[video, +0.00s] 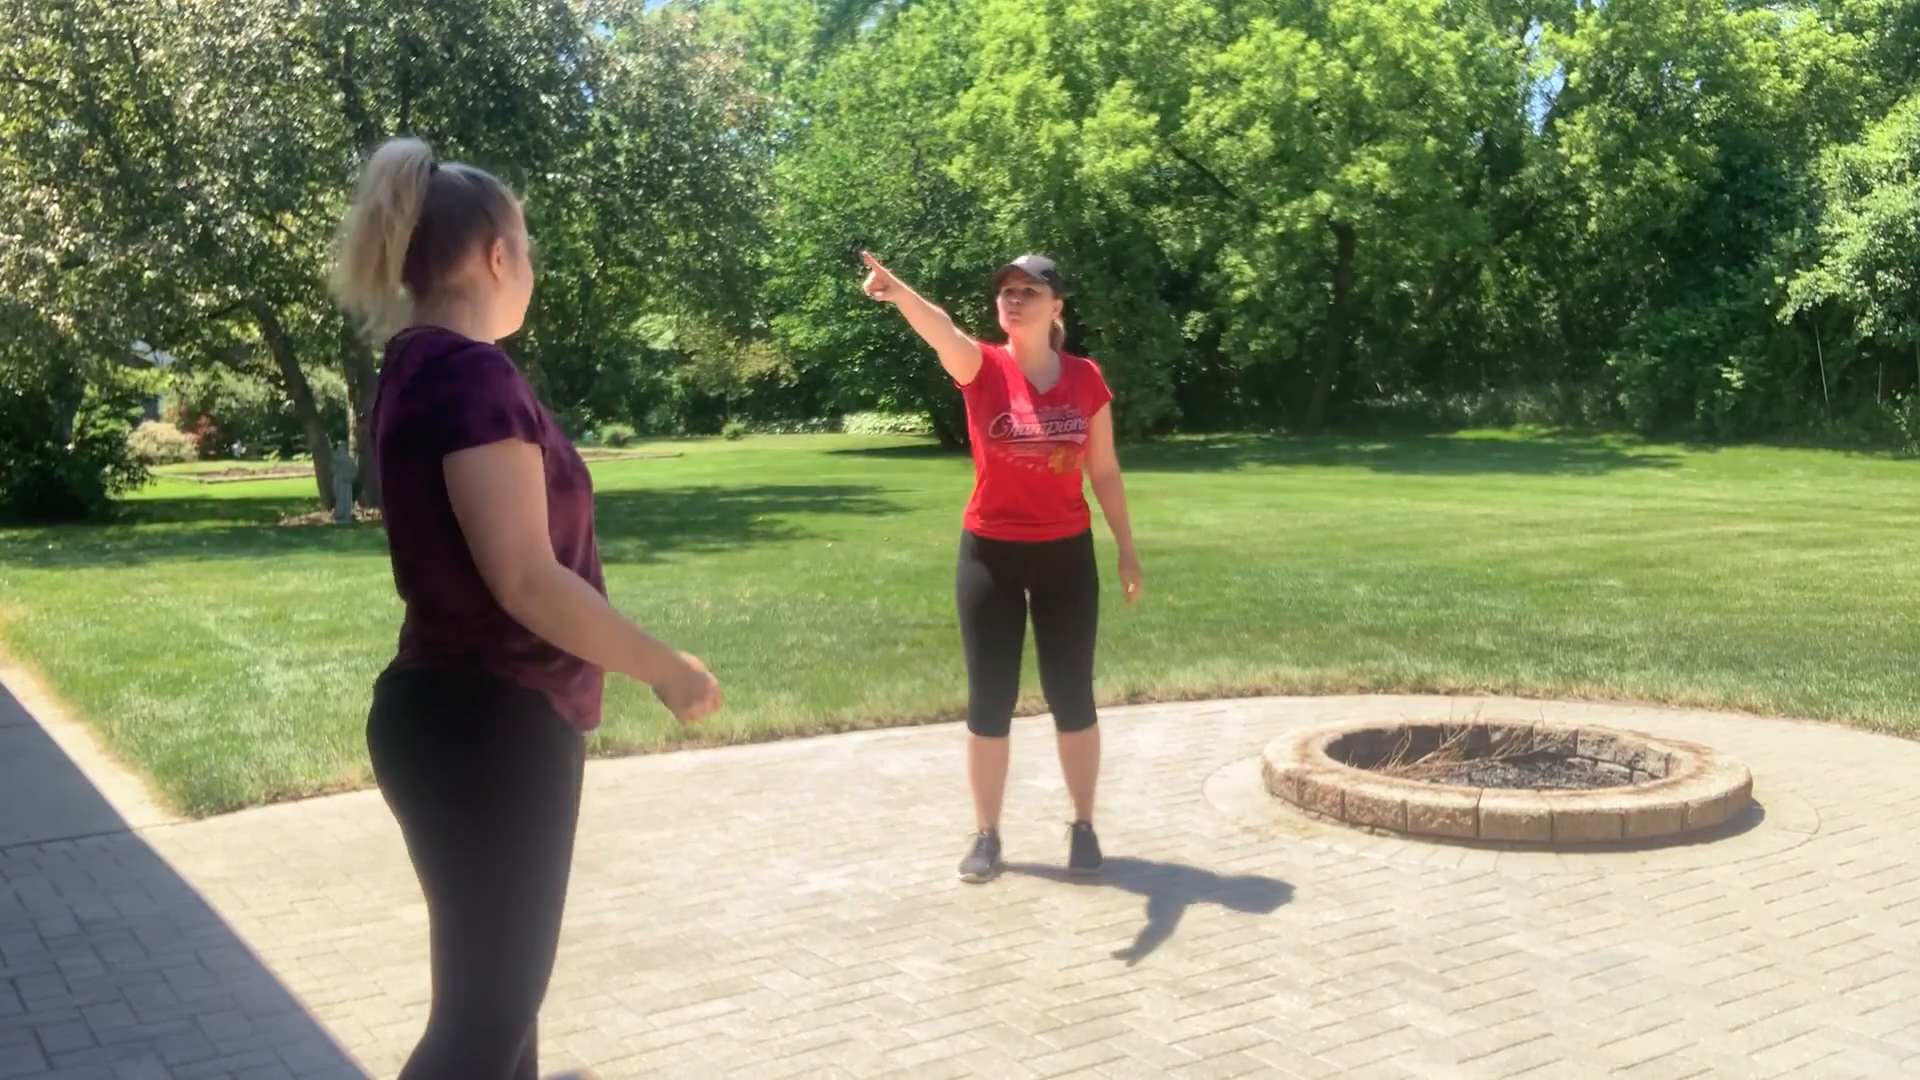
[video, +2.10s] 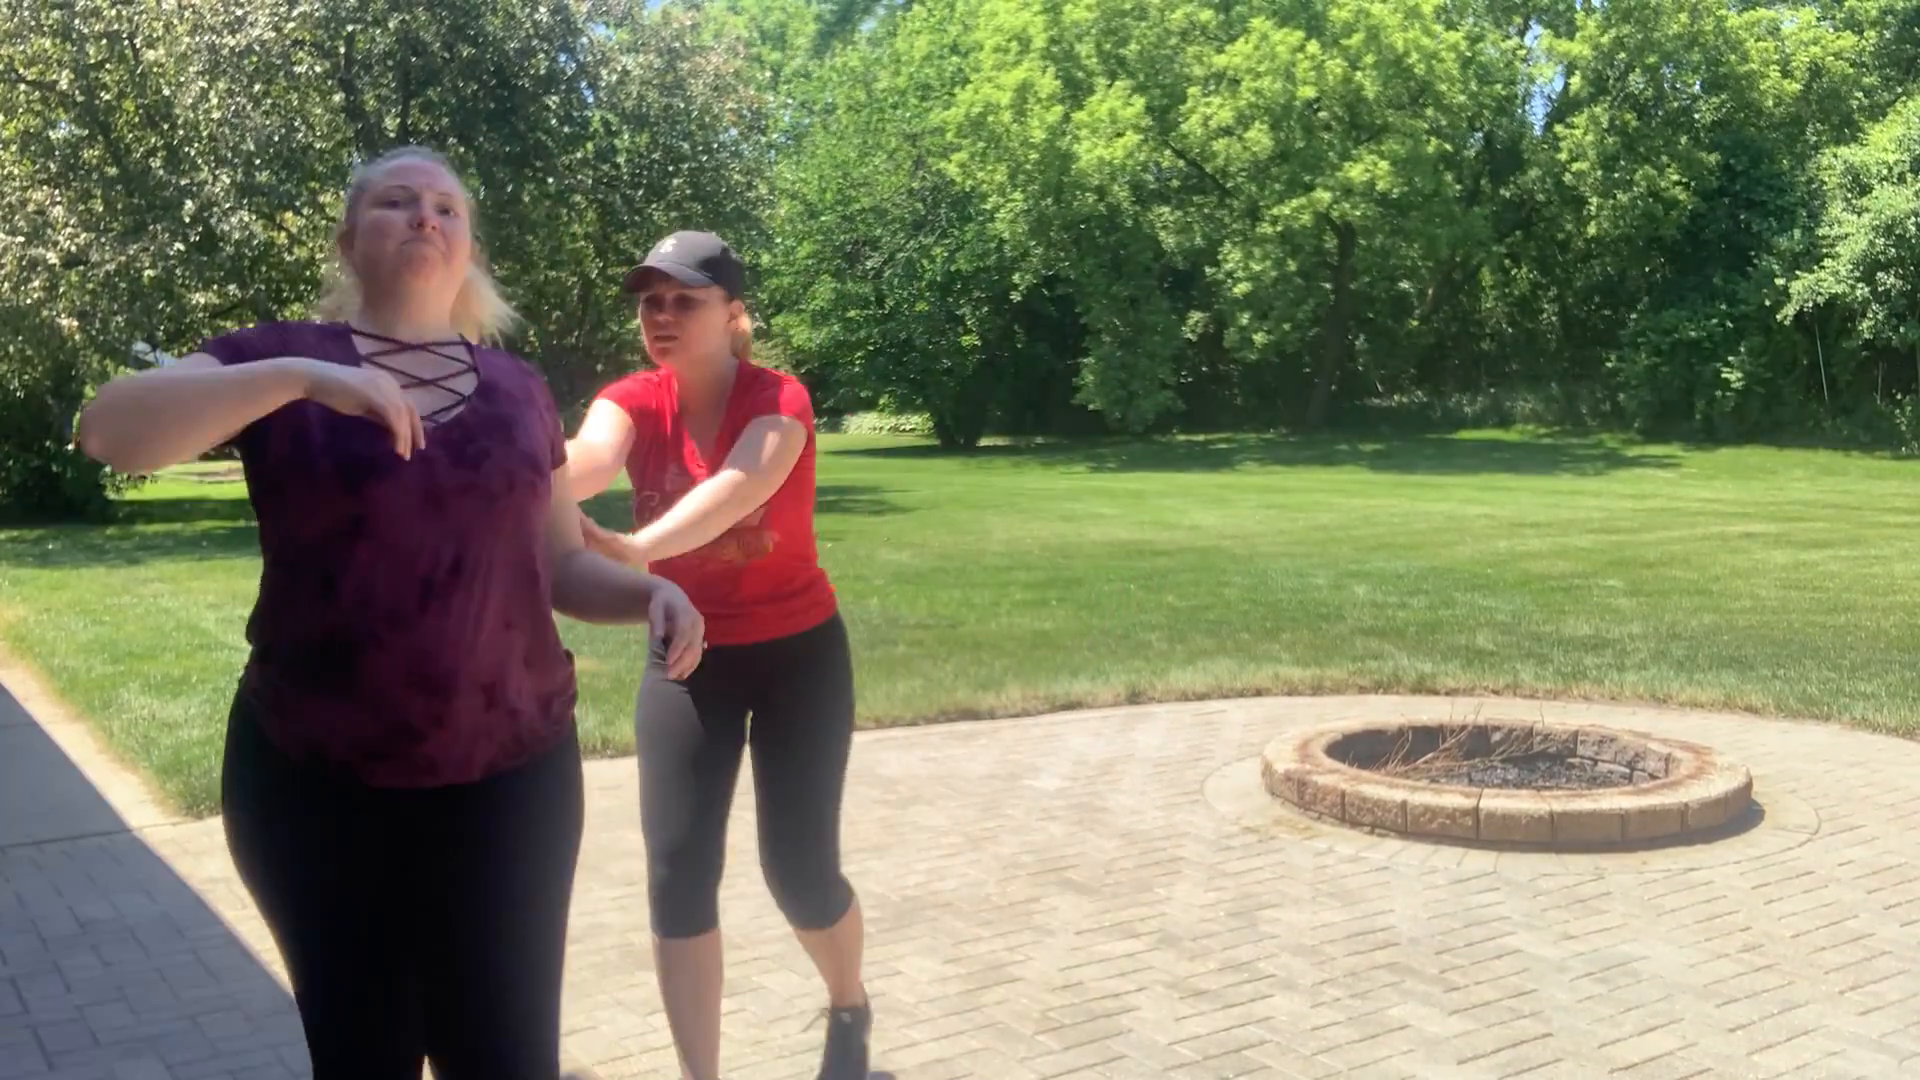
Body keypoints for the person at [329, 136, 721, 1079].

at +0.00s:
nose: (532, 276)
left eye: (529, 254)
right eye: (527, 253)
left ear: (420, 264)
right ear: (495, 258)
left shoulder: (414, 372)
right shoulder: (471, 376)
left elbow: (475, 571)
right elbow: (525, 574)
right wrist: (665, 667)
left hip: (447, 712)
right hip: (496, 725)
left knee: (487, 1012)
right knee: (489, 1024)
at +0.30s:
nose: (547, 258)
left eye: (539, 236)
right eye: (536, 236)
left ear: (469, 260)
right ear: (500, 252)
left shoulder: (480, 378)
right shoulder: (456, 385)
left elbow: (484, 585)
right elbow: (462, 590)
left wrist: (582, 726)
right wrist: (590, 731)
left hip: (515, 728)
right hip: (482, 734)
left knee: (508, 1018)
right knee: (484, 1027)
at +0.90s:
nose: (574, 256)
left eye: (567, 236)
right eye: (559, 238)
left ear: (508, 261)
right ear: (508, 259)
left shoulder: (540, 366)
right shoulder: (449, 386)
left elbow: (567, 525)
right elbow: (407, 580)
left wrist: (653, 615)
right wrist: (510, 744)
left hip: (581, 731)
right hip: (481, 745)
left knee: (536, 995)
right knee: (469, 1025)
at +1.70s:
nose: (604, 275)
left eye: (606, 254)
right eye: (581, 254)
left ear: (603, 258)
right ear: (504, 260)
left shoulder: (593, 371)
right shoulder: (443, 370)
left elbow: (606, 553)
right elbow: (388, 543)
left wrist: (674, 651)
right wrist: (449, 645)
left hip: (573, 721)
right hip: (442, 719)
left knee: (541, 1005)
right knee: (459, 1011)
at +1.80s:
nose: (560, 280)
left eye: (571, 259)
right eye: (536, 257)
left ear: (583, 265)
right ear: (466, 257)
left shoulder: (579, 385)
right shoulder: (411, 363)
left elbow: (586, 568)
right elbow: (315, 519)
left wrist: (683, 639)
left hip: (568, 729)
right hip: (427, 728)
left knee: (530, 1015)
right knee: (440, 1024)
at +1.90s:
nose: (511, 267)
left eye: (530, 250)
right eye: (485, 246)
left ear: (551, 274)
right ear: (432, 262)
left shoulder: (568, 399)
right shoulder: (370, 363)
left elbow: (584, 575)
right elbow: (243, 507)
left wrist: (680, 615)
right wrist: (317, 419)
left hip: (550, 747)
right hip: (389, 743)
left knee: (534, 1036)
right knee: (417, 1038)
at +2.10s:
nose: (425, 217)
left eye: (447, 209)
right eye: (397, 202)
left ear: (471, 251)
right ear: (347, 237)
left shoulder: (517, 383)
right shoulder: (284, 352)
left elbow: (561, 560)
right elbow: (108, 434)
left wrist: (651, 590)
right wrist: (295, 380)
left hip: (506, 764)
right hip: (320, 769)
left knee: (509, 1054)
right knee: (364, 1056)